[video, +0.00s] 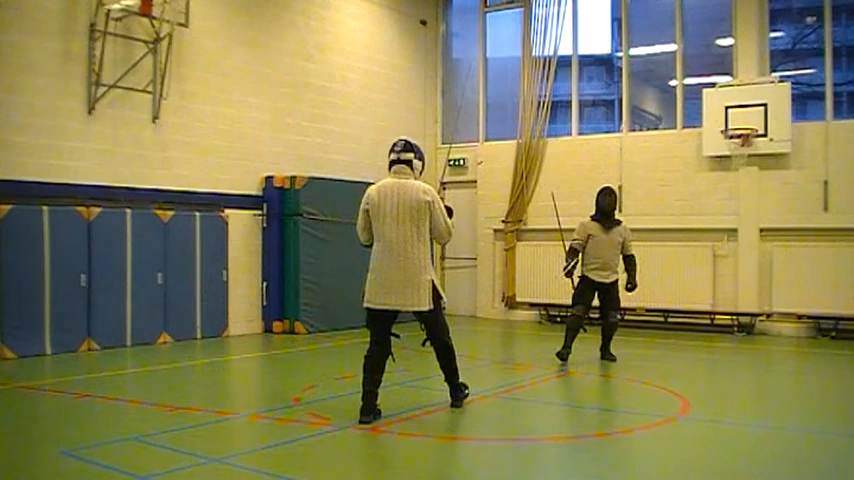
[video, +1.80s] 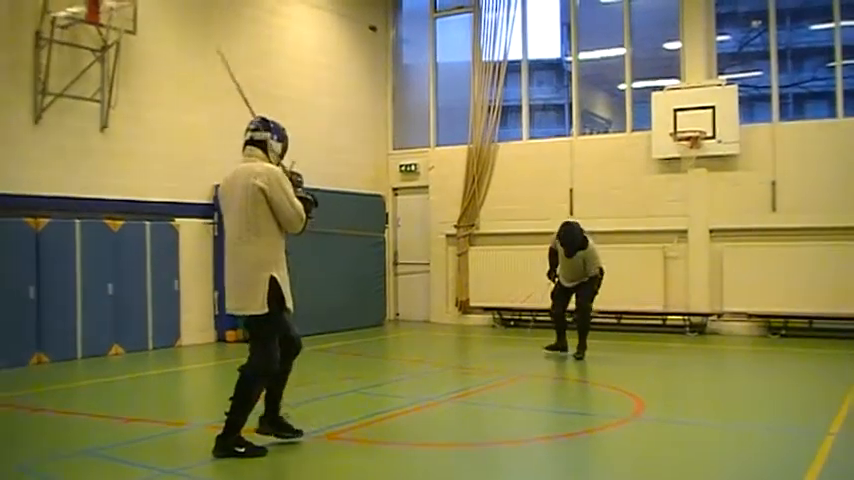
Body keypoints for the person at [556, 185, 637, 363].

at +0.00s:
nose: (609, 202)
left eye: (612, 198)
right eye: (605, 198)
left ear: (616, 203)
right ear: (597, 201)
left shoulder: (622, 230)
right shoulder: (586, 226)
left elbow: (628, 255)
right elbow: (575, 247)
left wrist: (631, 277)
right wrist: (570, 263)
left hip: (610, 281)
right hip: (588, 278)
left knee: (612, 318)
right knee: (578, 312)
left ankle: (605, 349)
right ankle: (566, 347)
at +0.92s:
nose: (612, 204)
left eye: (615, 199)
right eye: (609, 199)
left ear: (620, 202)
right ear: (603, 202)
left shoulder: (628, 227)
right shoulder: (592, 224)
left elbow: (638, 252)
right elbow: (580, 248)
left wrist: (638, 275)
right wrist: (575, 270)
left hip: (615, 278)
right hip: (593, 276)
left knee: (612, 314)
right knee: (587, 308)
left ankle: (606, 348)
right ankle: (587, 339)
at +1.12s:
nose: (604, 215)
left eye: (607, 211)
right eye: (601, 210)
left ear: (612, 213)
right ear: (595, 211)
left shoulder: (619, 233)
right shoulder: (584, 230)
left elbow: (628, 258)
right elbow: (574, 252)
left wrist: (626, 279)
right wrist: (573, 275)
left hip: (608, 280)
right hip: (587, 280)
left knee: (605, 314)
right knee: (587, 314)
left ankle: (600, 349)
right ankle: (593, 341)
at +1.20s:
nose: (599, 232)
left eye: (603, 227)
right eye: (596, 227)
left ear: (608, 224)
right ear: (592, 223)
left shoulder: (617, 238)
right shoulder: (583, 234)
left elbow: (627, 262)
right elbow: (574, 254)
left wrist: (623, 281)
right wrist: (574, 275)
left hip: (606, 280)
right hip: (587, 280)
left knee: (605, 313)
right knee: (588, 314)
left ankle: (602, 348)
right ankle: (595, 343)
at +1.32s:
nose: (596, 251)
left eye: (599, 248)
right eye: (593, 247)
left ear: (606, 242)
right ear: (587, 240)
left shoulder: (615, 246)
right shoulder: (580, 240)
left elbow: (622, 271)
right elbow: (571, 254)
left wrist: (614, 290)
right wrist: (572, 274)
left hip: (606, 280)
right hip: (585, 280)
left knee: (605, 309)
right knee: (584, 313)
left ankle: (606, 345)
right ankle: (591, 344)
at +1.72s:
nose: (577, 256)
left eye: (580, 253)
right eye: (575, 253)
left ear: (588, 248)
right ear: (570, 245)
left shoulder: (599, 252)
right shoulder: (566, 239)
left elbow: (606, 275)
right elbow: (560, 250)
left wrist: (601, 296)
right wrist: (560, 268)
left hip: (594, 281)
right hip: (573, 280)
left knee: (592, 311)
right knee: (567, 311)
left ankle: (592, 347)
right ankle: (570, 343)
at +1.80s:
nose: (567, 250)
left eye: (570, 248)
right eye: (565, 246)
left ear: (579, 243)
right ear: (561, 241)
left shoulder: (589, 249)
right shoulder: (558, 240)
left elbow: (597, 273)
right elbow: (553, 251)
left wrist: (590, 296)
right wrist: (552, 268)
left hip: (584, 281)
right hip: (564, 281)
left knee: (583, 311)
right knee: (556, 311)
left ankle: (581, 347)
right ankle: (561, 342)